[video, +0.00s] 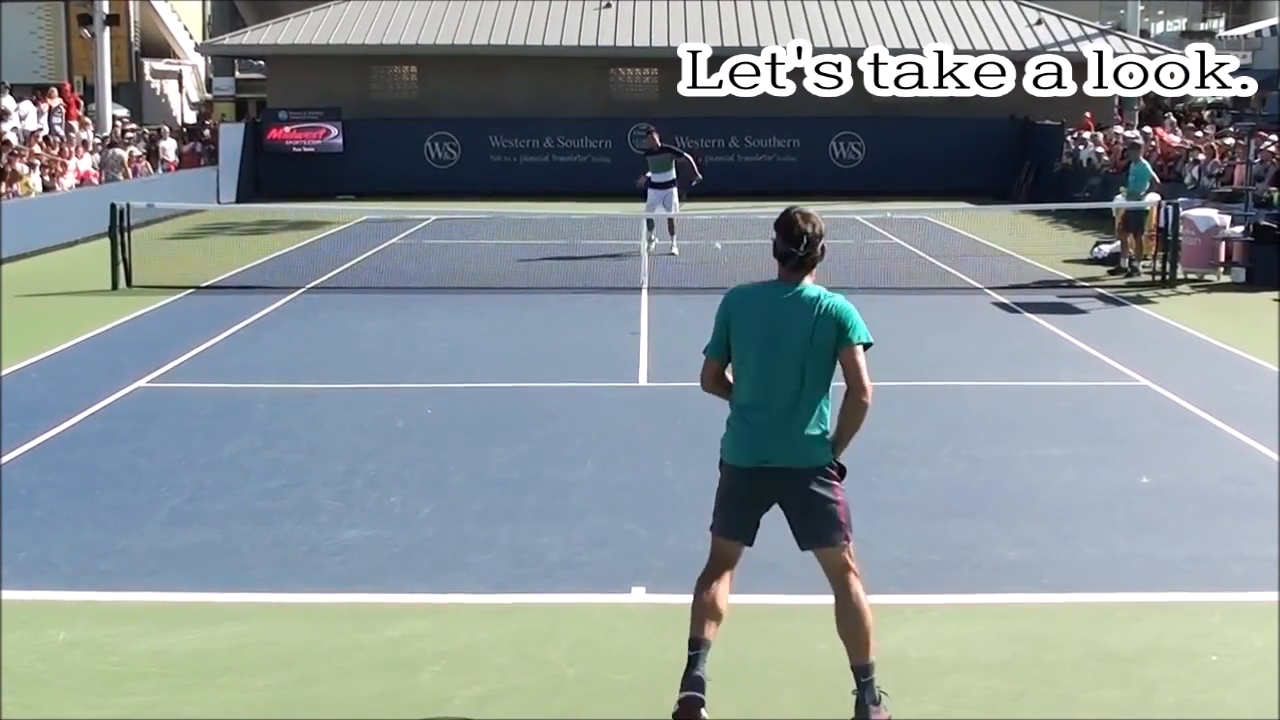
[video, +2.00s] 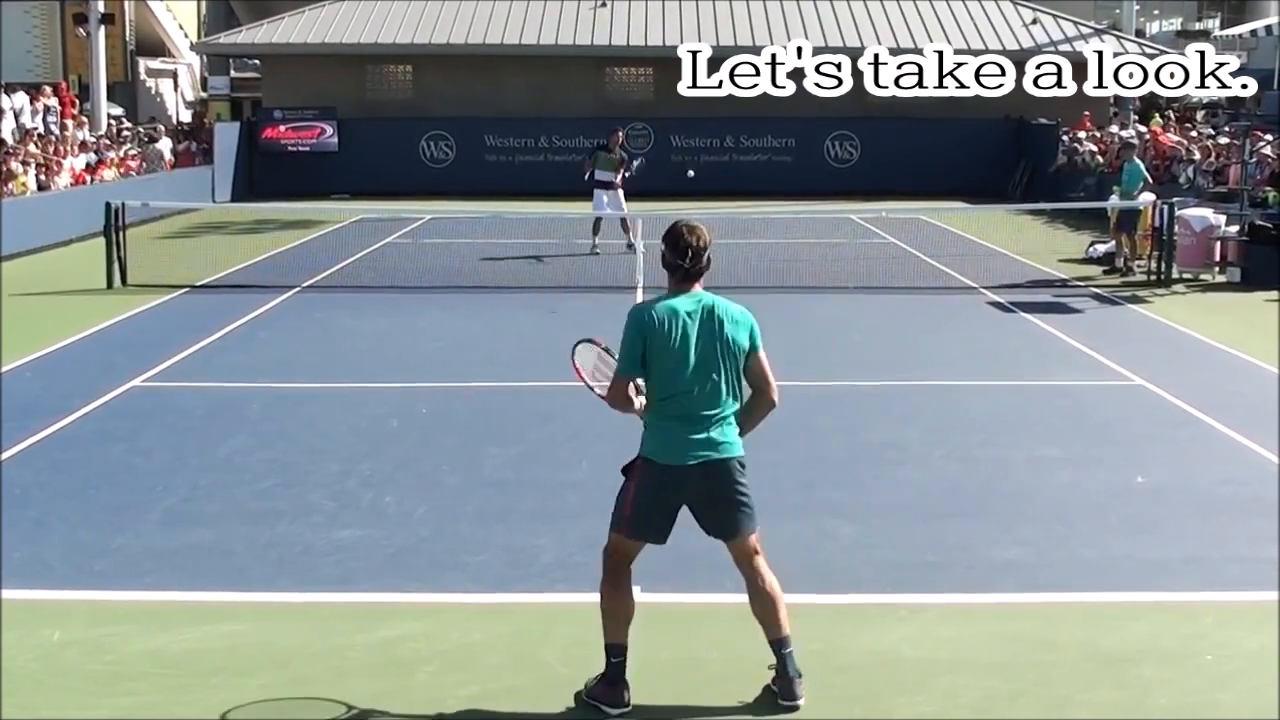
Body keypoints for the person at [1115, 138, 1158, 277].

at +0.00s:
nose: (1129, 154)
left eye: (1132, 151)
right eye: (1129, 151)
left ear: (1138, 152)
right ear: (1130, 152)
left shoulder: (1145, 166)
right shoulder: (1132, 165)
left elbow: (1156, 182)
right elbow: (1134, 182)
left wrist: (1144, 193)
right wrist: (1126, 191)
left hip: (1140, 206)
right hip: (1129, 204)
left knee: (1138, 236)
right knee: (1123, 234)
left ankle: (1137, 265)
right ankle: (1123, 263)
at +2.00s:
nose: (1122, 153)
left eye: (1125, 150)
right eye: (1122, 150)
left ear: (1132, 151)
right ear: (1123, 151)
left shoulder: (1138, 165)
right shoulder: (1126, 165)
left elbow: (1148, 181)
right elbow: (1125, 181)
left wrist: (1137, 193)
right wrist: (1119, 189)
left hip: (1134, 205)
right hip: (1123, 203)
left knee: (1131, 234)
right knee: (1117, 232)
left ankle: (1132, 265)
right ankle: (1118, 263)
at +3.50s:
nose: (1131, 136)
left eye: (1133, 133)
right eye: (1130, 133)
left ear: (1140, 133)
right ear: (1129, 135)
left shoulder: (1144, 147)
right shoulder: (1133, 147)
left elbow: (1157, 164)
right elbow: (1133, 165)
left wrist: (1145, 176)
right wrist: (1127, 172)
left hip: (1140, 187)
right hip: (1130, 186)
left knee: (1137, 218)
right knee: (1122, 215)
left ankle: (1136, 248)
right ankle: (1124, 246)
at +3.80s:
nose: (1133, 133)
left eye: (1136, 130)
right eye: (1133, 130)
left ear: (1143, 130)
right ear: (1133, 132)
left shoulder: (1148, 143)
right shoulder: (1137, 144)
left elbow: (1159, 160)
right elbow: (1138, 161)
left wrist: (1148, 172)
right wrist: (1130, 169)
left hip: (1143, 183)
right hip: (1133, 182)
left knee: (1140, 214)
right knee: (1127, 213)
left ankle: (1140, 245)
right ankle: (1128, 243)